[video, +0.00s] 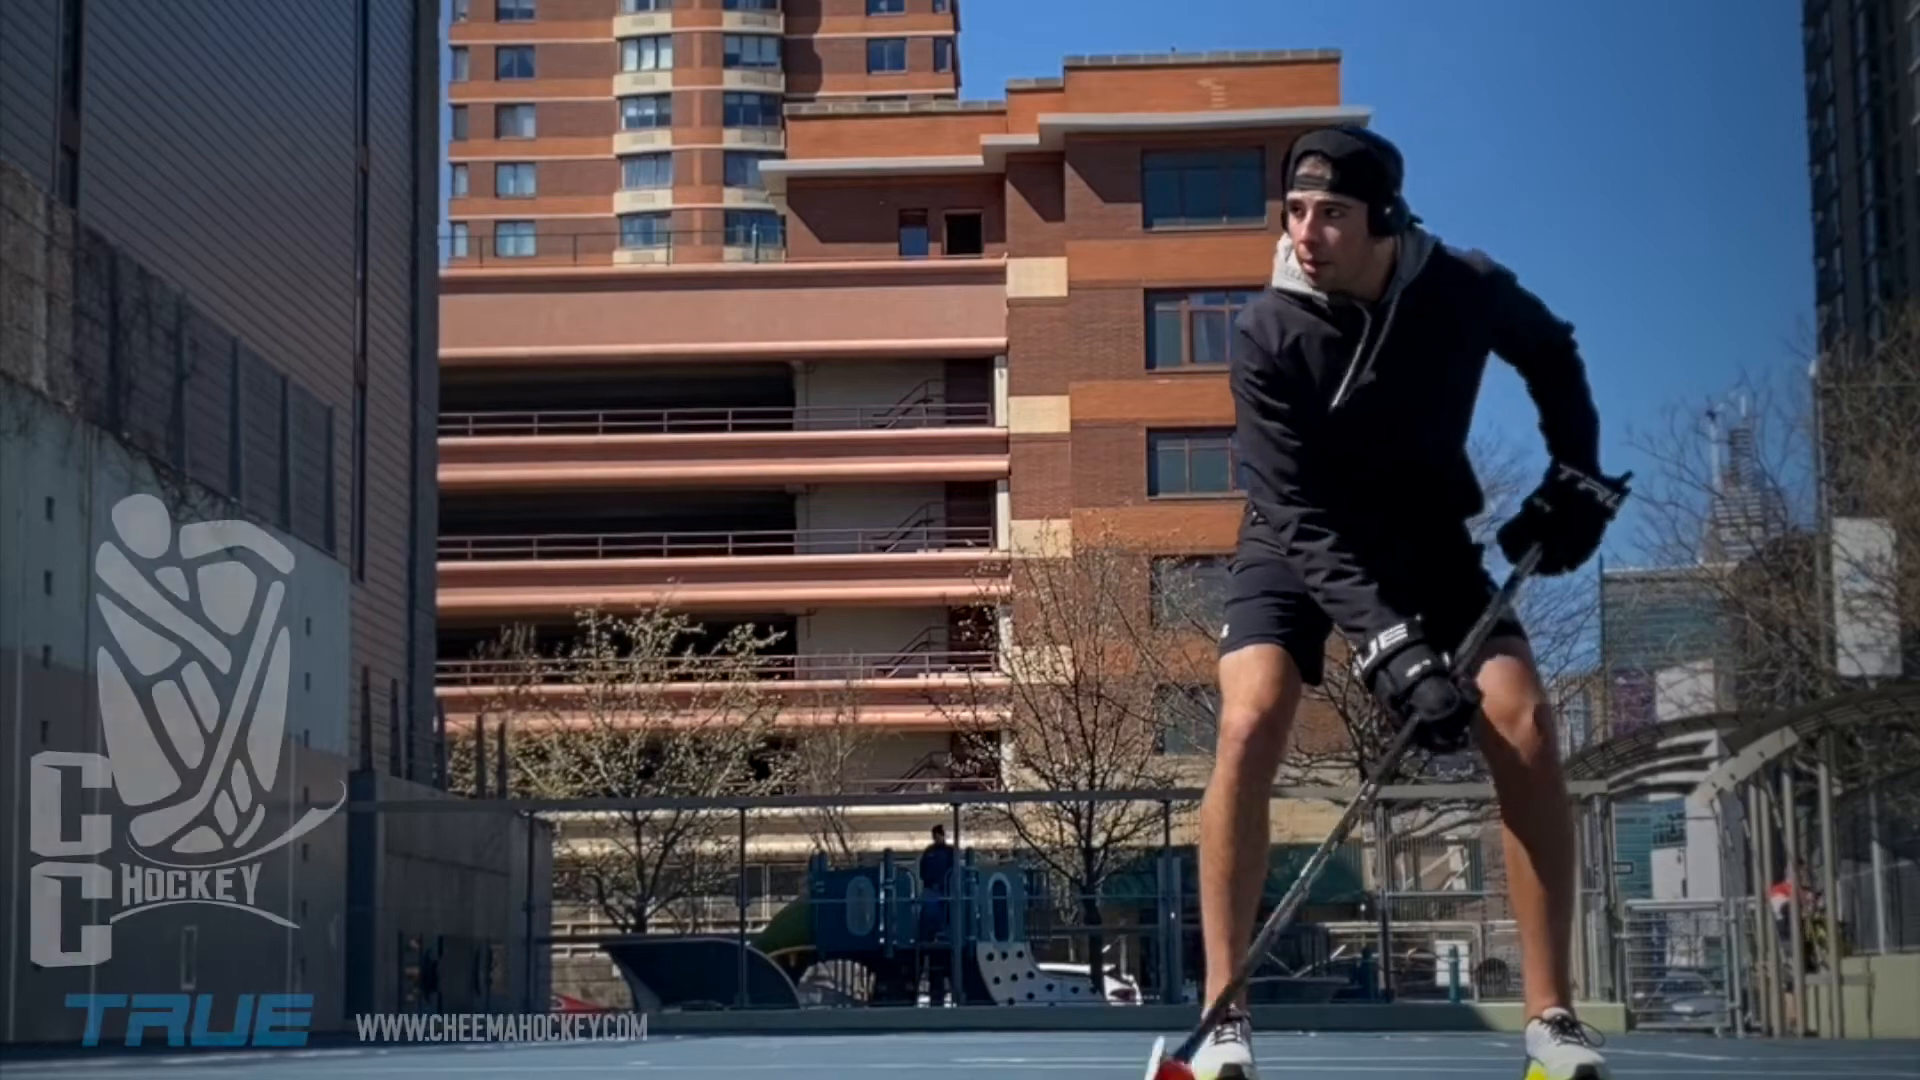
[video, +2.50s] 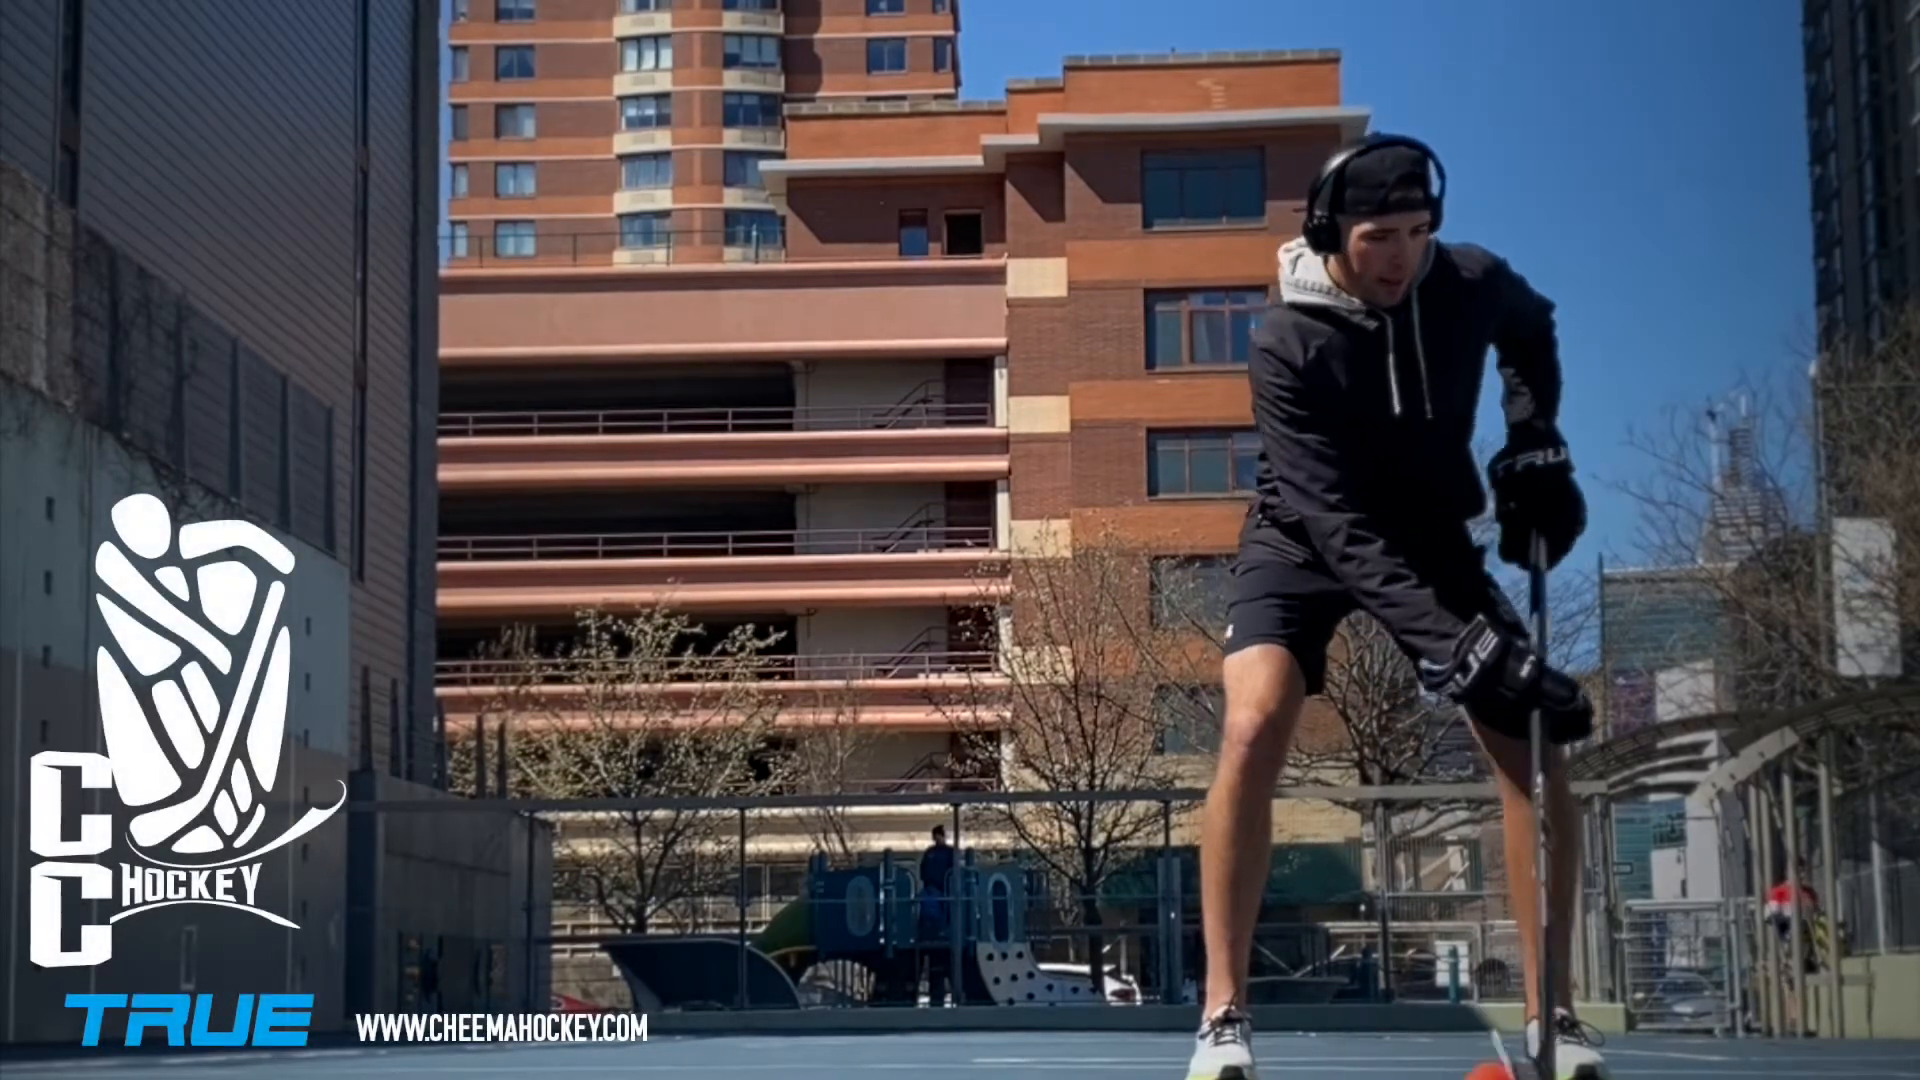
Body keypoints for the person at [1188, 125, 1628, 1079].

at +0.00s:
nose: (1306, 231)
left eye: (1329, 214)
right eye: (1296, 211)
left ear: (1382, 219)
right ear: (1285, 217)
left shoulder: (1463, 290)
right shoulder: (1271, 332)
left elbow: (1550, 355)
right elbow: (1290, 515)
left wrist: (1578, 475)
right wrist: (1385, 641)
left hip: (1430, 539)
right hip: (1298, 542)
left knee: (1527, 726)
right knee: (1250, 723)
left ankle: (1551, 1013)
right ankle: (1222, 1013)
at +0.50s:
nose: (1302, 236)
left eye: (1324, 217)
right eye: (1287, 217)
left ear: (1372, 221)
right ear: (1272, 226)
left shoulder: (1447, 289)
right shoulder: (1257, 336)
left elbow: (1534, 344)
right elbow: (1282, 521)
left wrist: (1565, 467)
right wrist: (1394, 636)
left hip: (1419, 540)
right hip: (1288, 545)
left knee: (1522, 733)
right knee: (1241, 722)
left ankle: (1550, 1014)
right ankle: (1222, 1011)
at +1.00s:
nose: (1422, 227)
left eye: (1439, 206)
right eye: (1399, 207)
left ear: (1457, 212)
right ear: (1355, 215)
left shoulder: (1488, 290)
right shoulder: (1304, 328)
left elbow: (1542, 375)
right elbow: (1321, 518)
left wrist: (1576, 475)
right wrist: (1422, 640)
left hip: (1433, 536)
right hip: (1305, 537)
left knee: (1537, 731)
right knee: (1261, 728)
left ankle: (1554, 1019)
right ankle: (1223, 1015)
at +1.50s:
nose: (1404, 229)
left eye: (1419, 208)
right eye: (1380, 211)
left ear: (1436, 211)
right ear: (1332, 219)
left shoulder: (1471, 287)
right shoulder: (1286, 328)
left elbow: (1534, 354)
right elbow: (1309, 515)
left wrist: (1551, 472)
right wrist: (1425, 632)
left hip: (1425, 534)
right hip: (1295, 535)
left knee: (1528, 744)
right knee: (1249, 727)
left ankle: (1552, 1018)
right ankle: (1223, 1016)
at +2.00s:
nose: (1371, 243)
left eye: (1384, 221)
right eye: (1347, 225)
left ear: (1401, 217)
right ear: (1297, 227)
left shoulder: (1440, 283)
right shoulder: (1257, 338)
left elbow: (1518, 334)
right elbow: (1292, 524)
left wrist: (1519, 465)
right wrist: (1414, 636)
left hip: (1411, 533)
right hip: (1280, 538)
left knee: (1515, 731)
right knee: (1238, 724)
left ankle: (1550, 1014)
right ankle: (1222, 1014)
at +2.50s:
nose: (1396, 256)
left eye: (1412, 235)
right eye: (1376, 238)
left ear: (1433, 227)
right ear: (1334, 232)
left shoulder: (1474, 284)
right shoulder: (1290, 341)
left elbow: (1530, 332)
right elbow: (1335, 527)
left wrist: (1534, 448)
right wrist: (1479, 653)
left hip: (1432, 532)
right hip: (1304, 532)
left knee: (1532, 755)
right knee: (1252, 730)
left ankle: (1550, 1019)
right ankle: (1223, 1014)